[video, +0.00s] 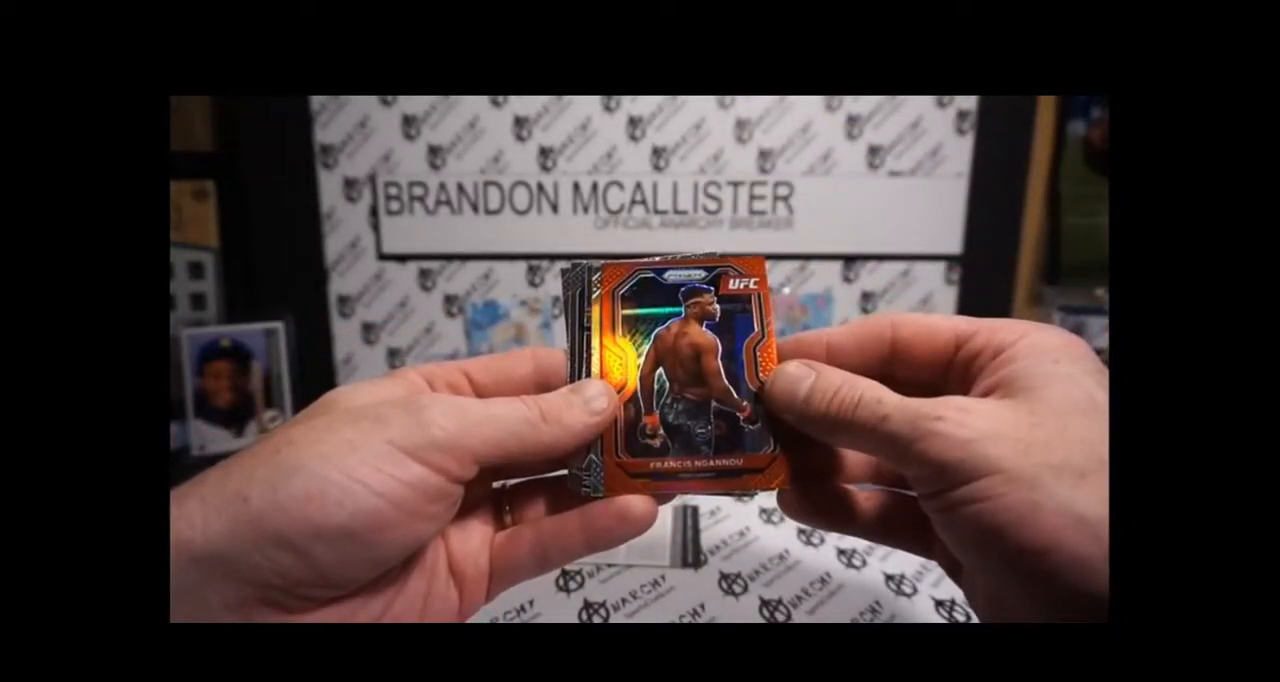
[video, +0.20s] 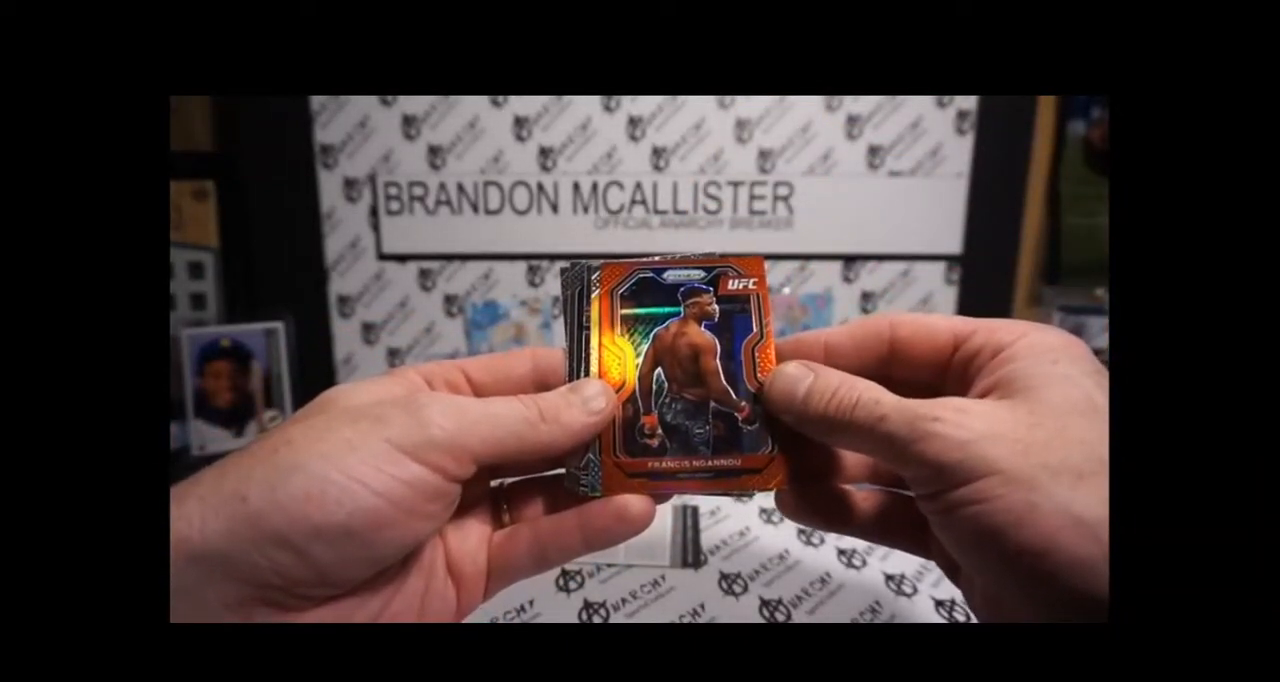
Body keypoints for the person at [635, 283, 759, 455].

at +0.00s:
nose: (717, 307)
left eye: (716, 302)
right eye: (711, 303)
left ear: (692, 309)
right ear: (693, 308)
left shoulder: (662, 334)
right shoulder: (706, 340)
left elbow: (646, 374)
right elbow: (718, 388)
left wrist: (649, 413)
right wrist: (742, 407)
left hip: (670, 406)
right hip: (696, 412)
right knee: (700, 474)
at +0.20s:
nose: (716, 308)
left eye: (715, 302)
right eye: (710, 304)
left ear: (691, 308)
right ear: (692, 308)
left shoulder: (661, 334)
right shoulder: (705, 340)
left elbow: (644, 374)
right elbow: (717, 389)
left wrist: (647, 413)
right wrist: (740, 407)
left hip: (668, 405)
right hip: (695, 411)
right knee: (700, 471)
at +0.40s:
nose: (715, 307)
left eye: (713, 302)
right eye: (709, 303)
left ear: (690, 309)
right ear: (691, 308)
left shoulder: (660, 334)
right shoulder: (705, 340)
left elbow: (644, 375)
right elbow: (716, 388)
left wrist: (647, 414)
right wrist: (741, 407)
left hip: (668, 407)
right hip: (695, 412)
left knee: (676, 469)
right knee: (700, 473)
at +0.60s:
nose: (716, 308)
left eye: (715, 303)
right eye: (711, 304)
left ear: (692, 309)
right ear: (693, 309)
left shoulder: (662, 335)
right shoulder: (706, 341)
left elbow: (646, 375)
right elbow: (718, 390)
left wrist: (649, 414)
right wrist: (742, 408)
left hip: (670, 408)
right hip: (697, 413)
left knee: (679, 470)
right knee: (701, 474)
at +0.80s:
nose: (716, 308)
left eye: (714, 302)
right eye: (710, 303)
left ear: (690, 308)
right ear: (692, 307)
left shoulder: (660, 334)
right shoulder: (705, 340)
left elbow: (644, 375)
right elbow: (717, 389)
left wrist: (647, 414)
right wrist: (741, 408)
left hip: (669, 408)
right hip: (695, 413)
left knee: (677, 470)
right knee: (699, 473)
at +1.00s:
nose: (718, 308)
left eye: (716, 303)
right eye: (713, 304)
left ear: (693, 309)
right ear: (694, 308)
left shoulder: (663, 334)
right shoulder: (708, 341)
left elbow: (648, 374)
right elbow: (720, 389)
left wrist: (650, 413)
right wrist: (743, 407)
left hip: (671, 407)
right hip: (698, 412)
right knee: (702, 474)